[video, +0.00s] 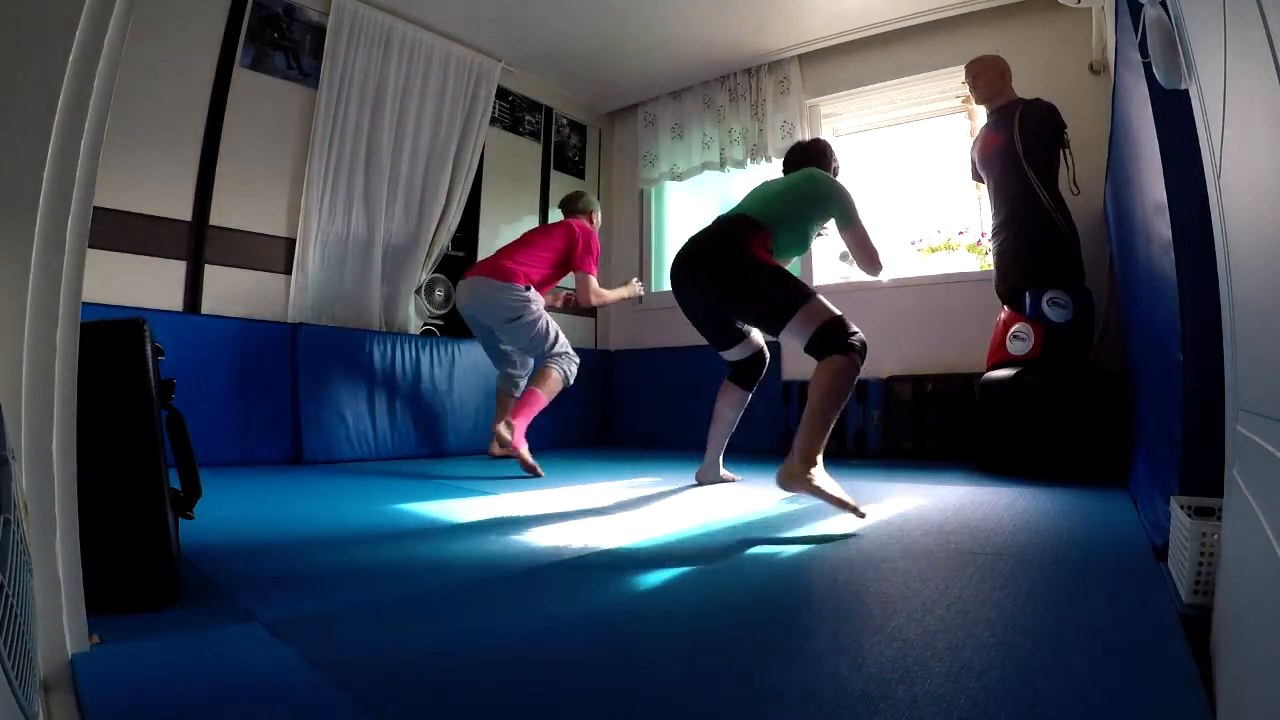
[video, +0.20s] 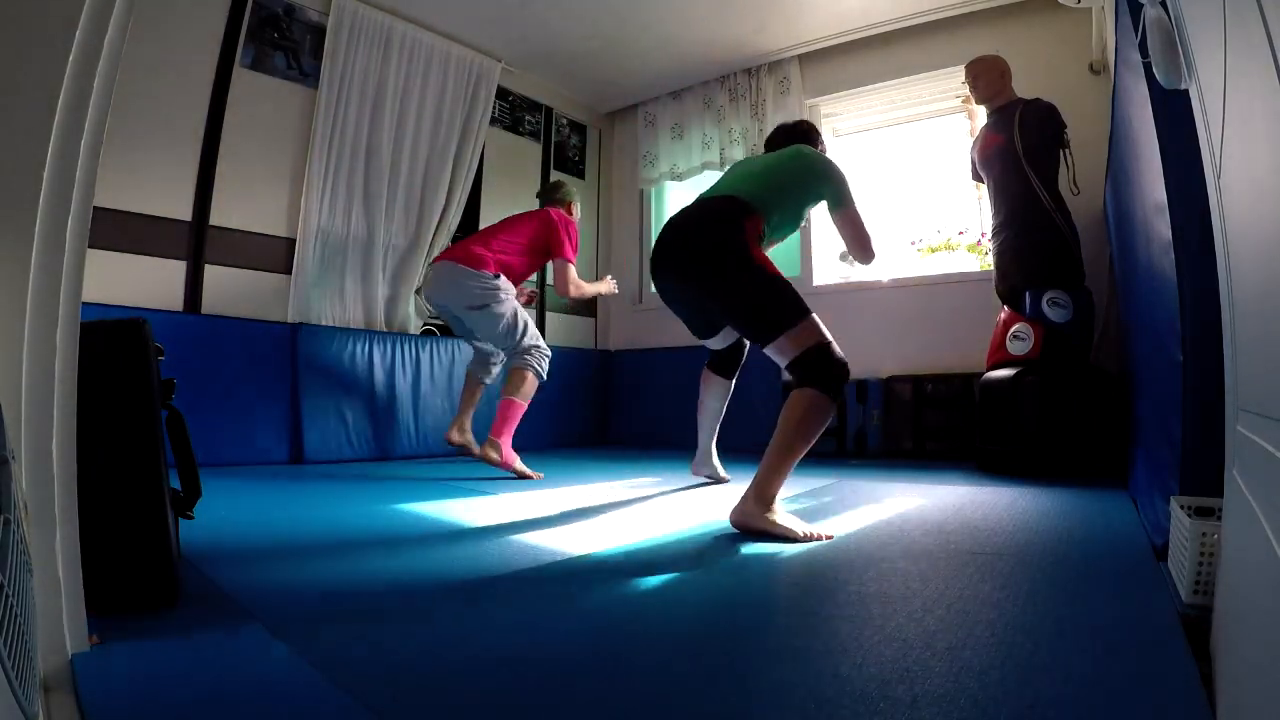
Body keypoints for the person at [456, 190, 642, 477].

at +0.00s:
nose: (599, 224)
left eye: (599, 219)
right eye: (599, 218)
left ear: (566, 215)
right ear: (592, 216)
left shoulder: (544, 230)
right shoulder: (585, 232)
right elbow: (589, 297)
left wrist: (549, 298)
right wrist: (626, 291)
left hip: (468, 289)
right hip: (507, 290)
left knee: (515, 364)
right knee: (563, 358)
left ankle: (500, 440)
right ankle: (516, 425)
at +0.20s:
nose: (578, 216)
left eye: (578, 210)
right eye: (578, 210)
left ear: (547, 205)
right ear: (571, 207)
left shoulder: (524, 220)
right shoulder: (561, 222)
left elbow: (482, 257)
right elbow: (568, 287)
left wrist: (512, 293)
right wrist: (601, 287)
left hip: (437, 277)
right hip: (475, 278)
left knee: (489, 349)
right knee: (534, 351)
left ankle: (461, 427)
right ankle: (500, 443)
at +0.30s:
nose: (565, 212)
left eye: (564, 207)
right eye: (565, 207)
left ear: (531, 201)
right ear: (559, 203)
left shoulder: (510, 217)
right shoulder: (545, 217)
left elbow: (465, 257)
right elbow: (553, 285)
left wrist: (501, 293)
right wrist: (589, 283)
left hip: (418, 275)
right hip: (454, 273)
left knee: (470, 355)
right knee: (525, 340)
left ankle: (440, 441)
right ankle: (486, 430)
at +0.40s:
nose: (551, 208)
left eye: (549, 203)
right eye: (551, 202)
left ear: (517, 197)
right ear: (544, 199)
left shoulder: (494, 213)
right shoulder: (534, 215)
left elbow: (444, 254)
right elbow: (538, 284)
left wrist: (481, 289)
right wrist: (576, 282)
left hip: (403, 271)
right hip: (439, 273)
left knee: (450, 364)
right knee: (497, 355)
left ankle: (447, 450)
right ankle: (443, 439)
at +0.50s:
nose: (538, 203)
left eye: (537, 199)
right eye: (538, 198)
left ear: (503, 192)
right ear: (532, 195)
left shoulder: (478, 207)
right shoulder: (522, 209)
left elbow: (429, 246)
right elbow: (526, 280)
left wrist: (463, 284)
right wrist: (561, 279)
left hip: (384, 261)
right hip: (424, 265)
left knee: (435, 357)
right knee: (477, 354)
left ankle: (434, 441)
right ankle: (434, 450)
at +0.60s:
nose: (525, 204)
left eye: (526, 198)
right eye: (526, 196)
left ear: (487, 186)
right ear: (519, 189)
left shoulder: (461, 203)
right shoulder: (503, 201)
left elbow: (412, 261)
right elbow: (509, 273)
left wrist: (454, 282)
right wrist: (544, 274)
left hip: (360, 258)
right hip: (395, 257)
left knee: (419, 349)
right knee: (459, 341)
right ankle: (434, 451)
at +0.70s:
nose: (508, 201)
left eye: (510, 194)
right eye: (510, 192)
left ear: (470, 183)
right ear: (502, 186)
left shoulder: (448, 204)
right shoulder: (483, 199)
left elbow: (395, 272)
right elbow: (491, 271)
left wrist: (441, 284)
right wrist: (528, 273)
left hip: (339, 260)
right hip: (369, 257)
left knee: (396, 354)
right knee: (444, 333)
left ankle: (375, 441)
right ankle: (391, 434)